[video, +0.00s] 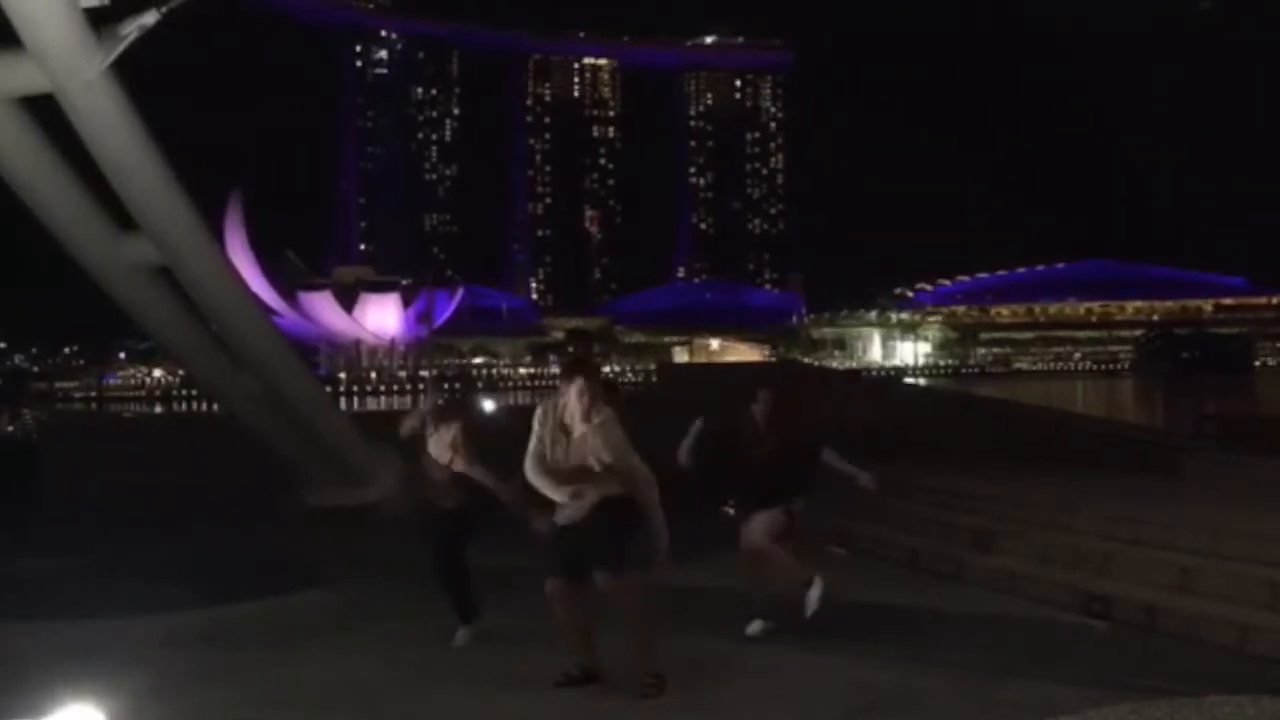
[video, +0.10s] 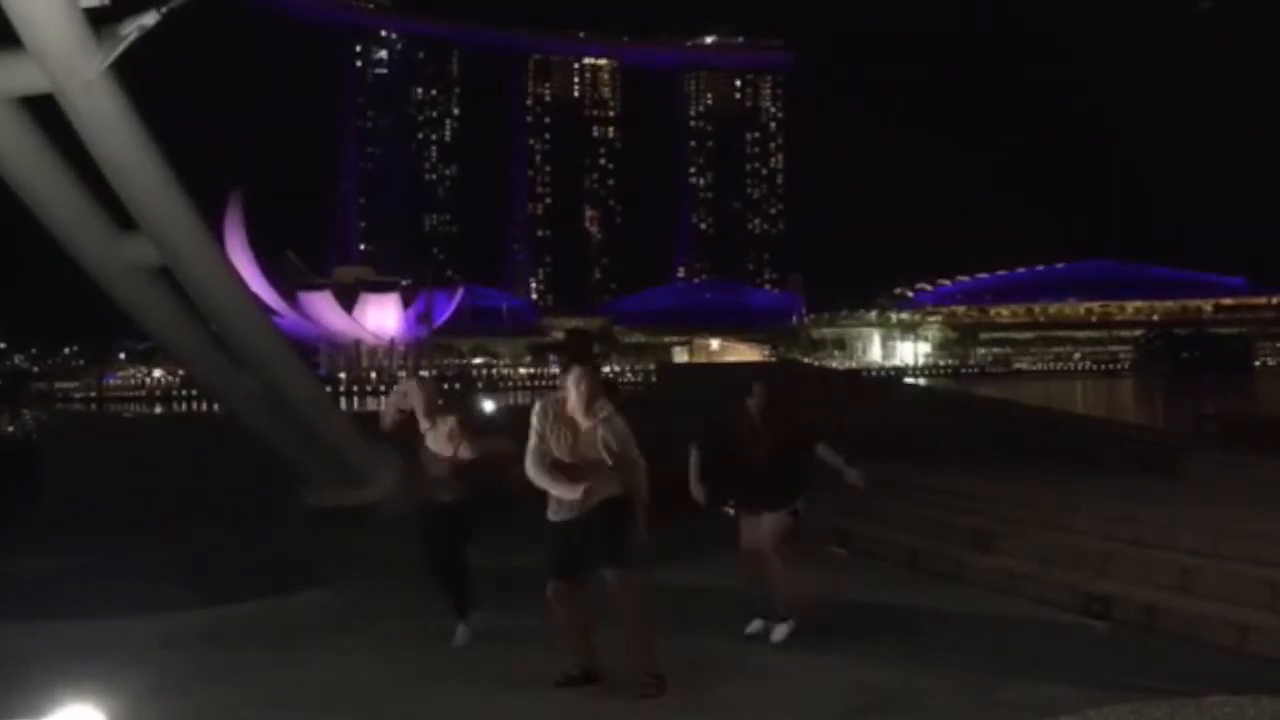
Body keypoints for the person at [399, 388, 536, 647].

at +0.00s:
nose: (435, 401)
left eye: (440, 396)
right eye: (433, 395)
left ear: (450, 400)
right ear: (429, 399)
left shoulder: (456, 428)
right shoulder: (427, 424)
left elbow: (465, 465)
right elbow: (404, 430)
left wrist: (500, 489)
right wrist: (422, 410)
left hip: (457, 501)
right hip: (436, 498)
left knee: (451, 560)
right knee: (446, 560)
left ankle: (467, 619)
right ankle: (467, 616)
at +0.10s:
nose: (415, 402)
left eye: (416, 394)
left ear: (431, 397)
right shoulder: (420, 426)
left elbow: (470, 458)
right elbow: (388, 422)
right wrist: (398, 393)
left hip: (454, 504)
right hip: (430, 504)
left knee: (453, 560)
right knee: (437, 561)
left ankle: (463, 617)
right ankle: (461, 615)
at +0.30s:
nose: (444, 432)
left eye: (447, 426)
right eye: (438, 427)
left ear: (454, 428)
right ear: (430, 429)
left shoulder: (461, 449)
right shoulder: (420, 448)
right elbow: (375, 452)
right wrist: (400, 488)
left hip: (454, 514)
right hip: (425, 513)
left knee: (452, 563)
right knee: (425, 566)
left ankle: (453, 610)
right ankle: (438, 614)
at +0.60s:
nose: (434, 408)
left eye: (439, 401)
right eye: (427, 402)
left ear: (449, 404)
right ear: (418, 405)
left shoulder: (457, 432)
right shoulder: (411, 436)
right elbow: (386, 460)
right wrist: (404, 467)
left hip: (451, 508)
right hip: (416, 509)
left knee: (456, 565)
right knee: (405, 559)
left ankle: (451, 622)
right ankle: (403, 612)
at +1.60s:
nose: (437, 416)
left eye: (441, 410)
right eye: (431, 411)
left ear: (448, 414)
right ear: (421, 415)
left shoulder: (447, 442)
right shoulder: (413, 441)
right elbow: (374, 427)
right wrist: (405, 437)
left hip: (439, 517)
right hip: (412, 519)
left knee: (462, 568)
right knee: (412, 581)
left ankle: (439, 630)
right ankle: (391, 653)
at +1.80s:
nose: (462, 414)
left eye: (463, 407)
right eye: (459, 407)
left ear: (434, 405)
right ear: (445, 407)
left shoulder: (414, 428)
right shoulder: (431, 438)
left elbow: (380, 441)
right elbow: (469, 457)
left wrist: (361, 441)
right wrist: (483, 438)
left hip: (421, 520)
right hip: (426, 526)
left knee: (456, 578)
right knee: (429, 585)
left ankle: (444, 633)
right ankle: (399, 642)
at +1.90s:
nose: (466, 401)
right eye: (466, 396)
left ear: (431, 391)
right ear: (456, 397)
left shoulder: (410, 420)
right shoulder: (453, 428)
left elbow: (377, 440)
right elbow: (486, 462)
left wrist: (364, 435)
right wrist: (488, 434)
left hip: (413, 507)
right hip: (442, 512)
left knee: (435, 566)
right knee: (460, 564)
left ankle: (436, 619)